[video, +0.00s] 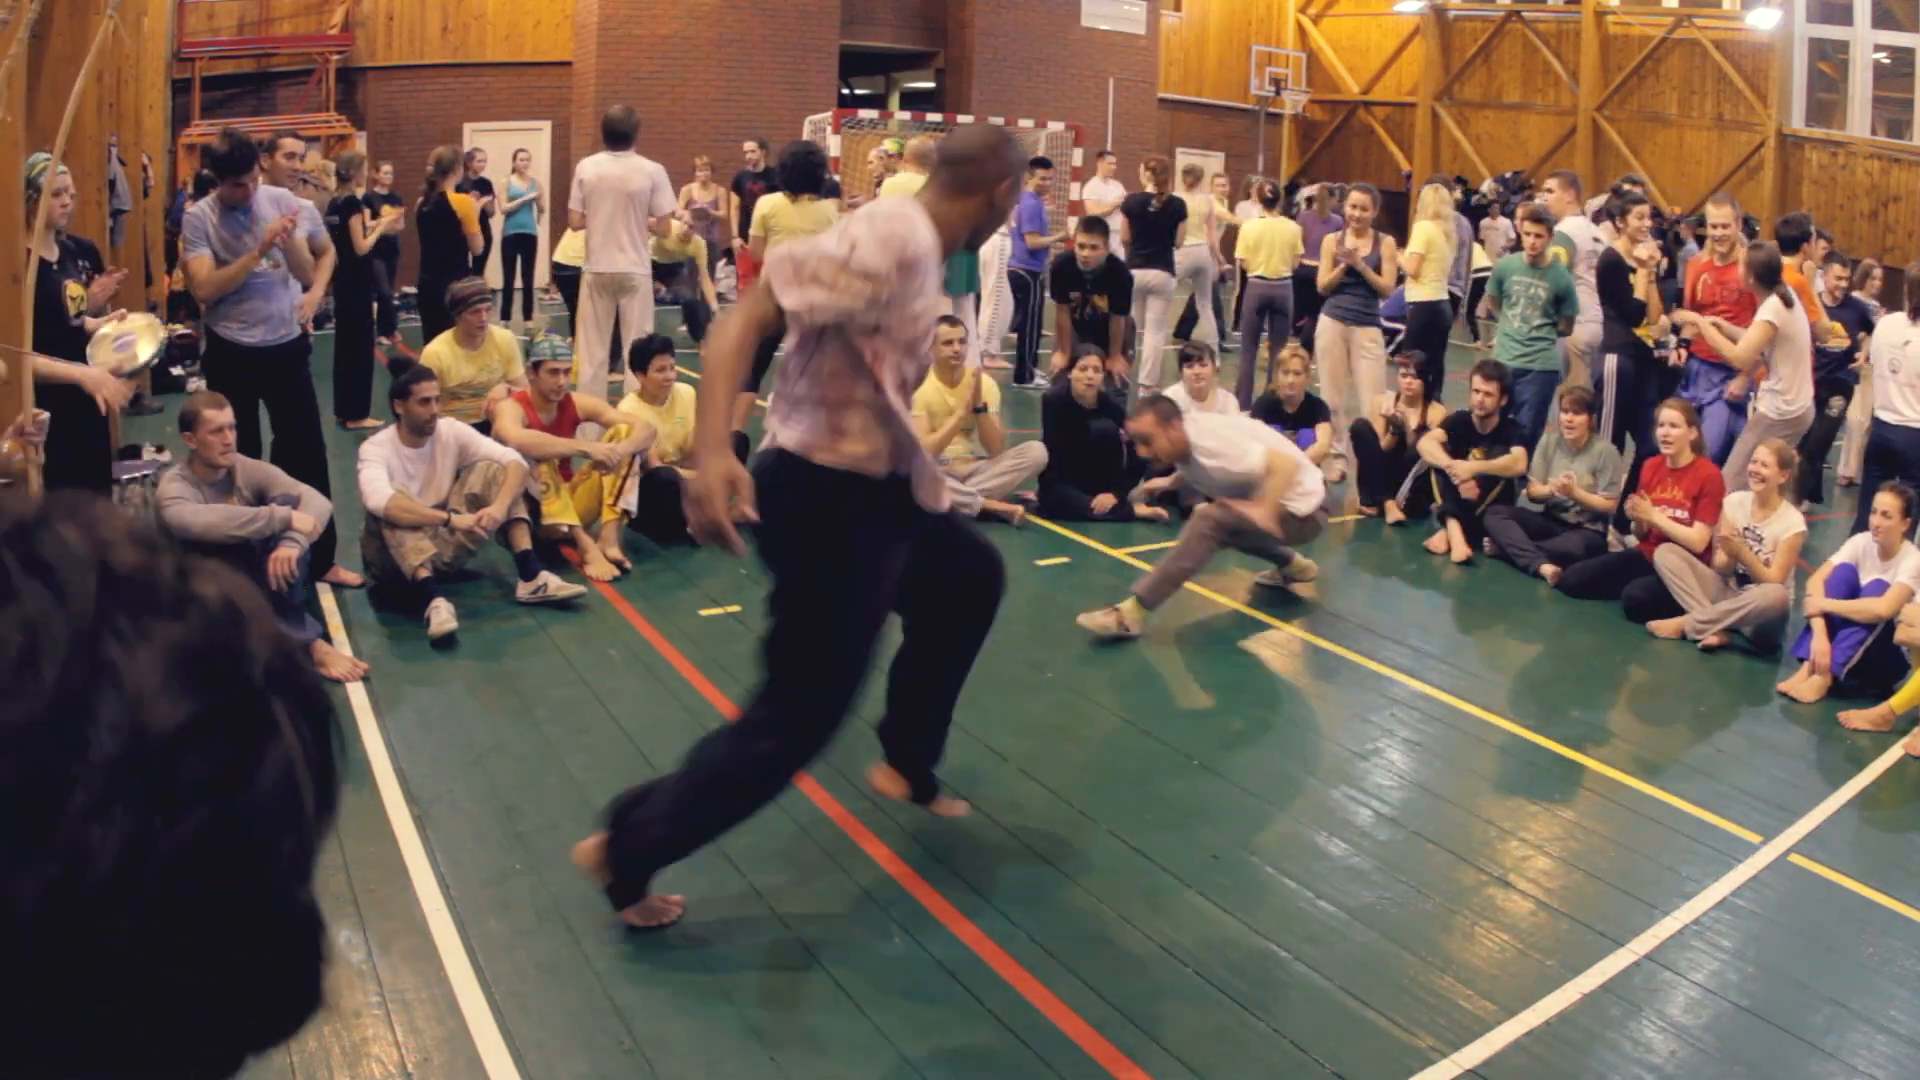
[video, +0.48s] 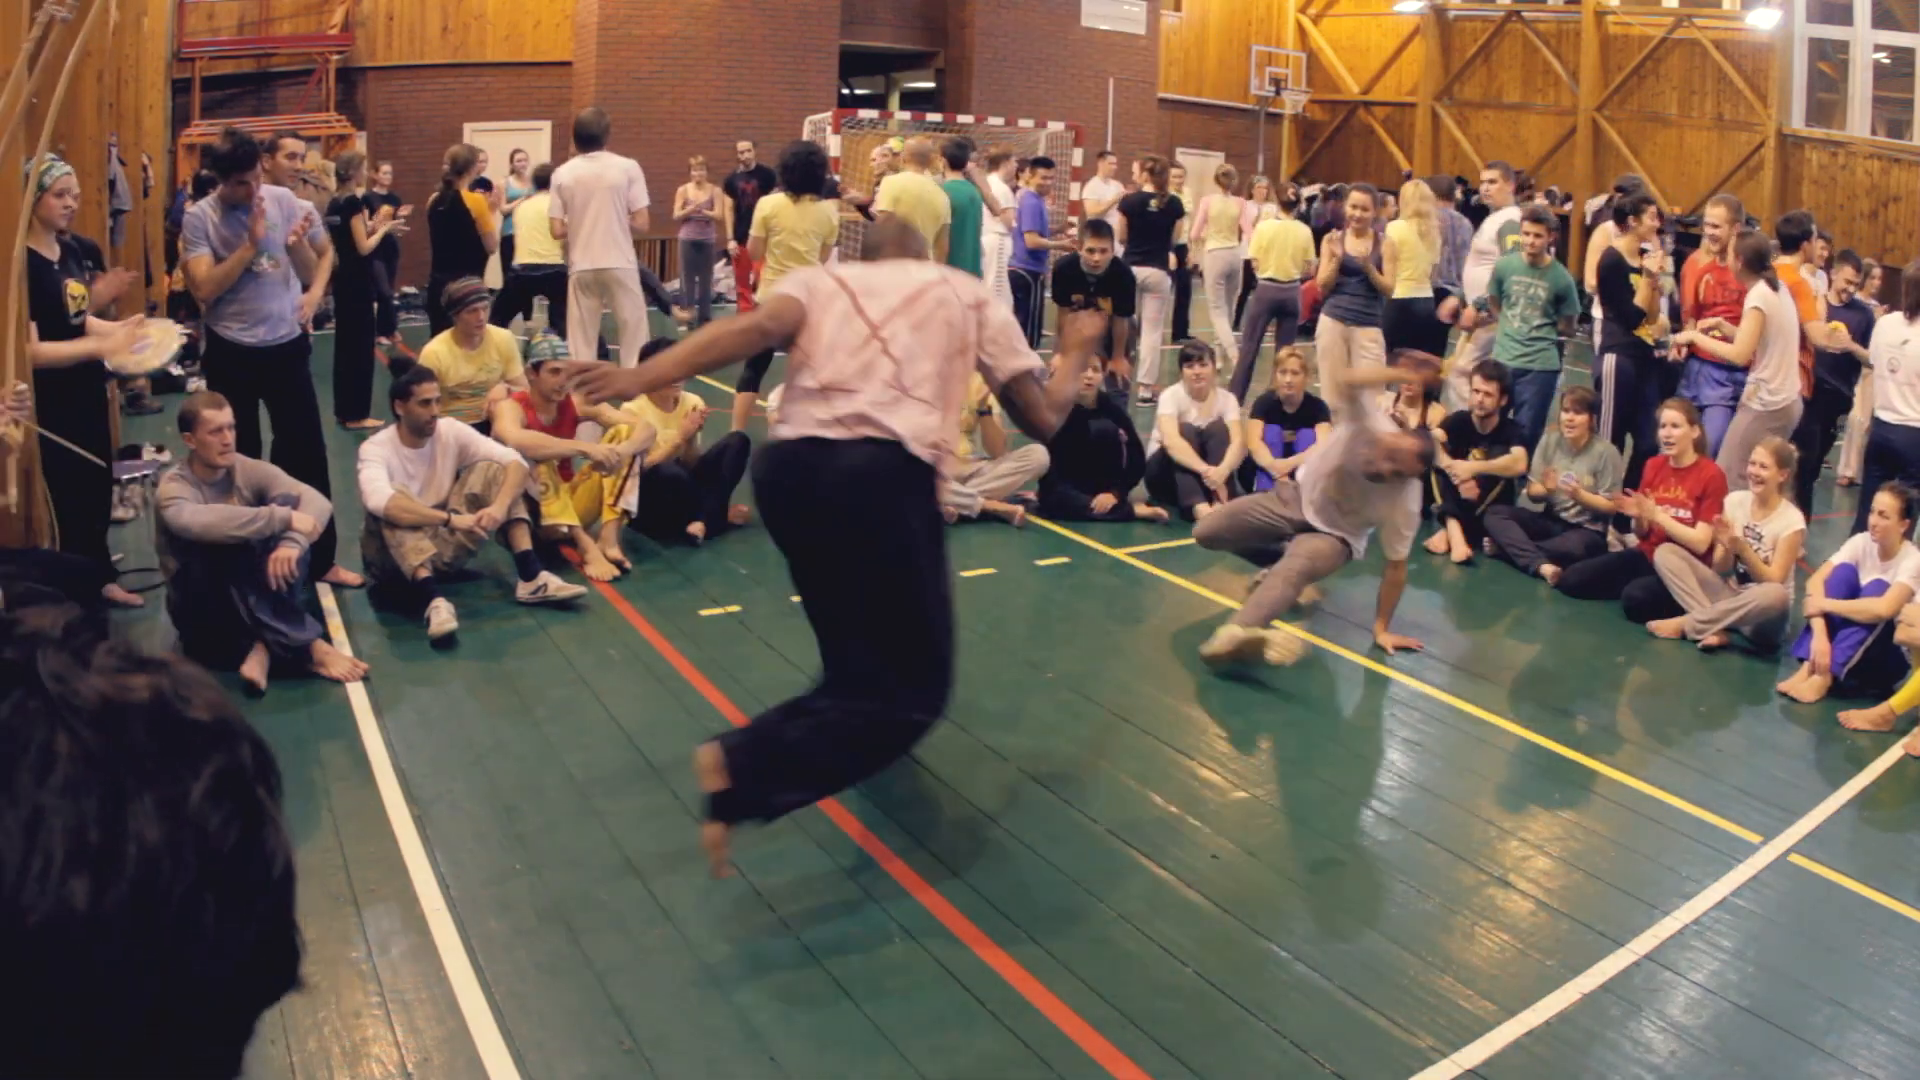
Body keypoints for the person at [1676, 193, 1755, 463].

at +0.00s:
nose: (1719, 233)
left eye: (1725, 226)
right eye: (1713, 226)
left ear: (1739, 226)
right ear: (1705, 228)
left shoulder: (1752, 268)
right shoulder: (1695, 265)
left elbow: (1761, 324)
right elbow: (1688, 312)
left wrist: (1745, 375)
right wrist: (1682, 342)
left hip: (1734, 368)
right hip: (1698, 363)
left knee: (1710, 449)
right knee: (1684, 444)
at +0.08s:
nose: (1718, 236)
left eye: (1724, 229)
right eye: (1712, 229)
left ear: (1739, 226)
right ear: (1705, 227)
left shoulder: (1754, 268)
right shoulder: (1694, 265)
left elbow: (1766, 327)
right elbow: (1689, 314)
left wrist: (1750, 380)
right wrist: (1683, 340)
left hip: (1733, 371)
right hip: (1696, 366)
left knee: (1710, 442)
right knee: (1681, 440)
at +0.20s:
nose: (1715, 234)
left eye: (1722, 227)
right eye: (1710, 227)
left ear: (1738, 226)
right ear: (1704, 227)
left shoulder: (1755, 267)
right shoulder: (1694, 265)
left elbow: (1767, 324)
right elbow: (1690, 317)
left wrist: (1754, 381)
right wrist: (1683, 341)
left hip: (1747, 373)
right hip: (1706, 368)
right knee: (1707, 451)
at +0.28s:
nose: (1712, 232)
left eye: (1719, 225)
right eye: (1708, 224)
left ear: (1738, 226)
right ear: (1703, 225)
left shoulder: (1754, 265)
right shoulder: (1695, 264)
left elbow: (1767, 315)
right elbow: (1690, 317)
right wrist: (1684, 340)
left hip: (1751, 371)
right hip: (1707, 368)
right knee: (1706, 452)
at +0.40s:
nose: (1706, 231)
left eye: (1713, 225)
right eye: (1704, 224)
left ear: (1734, 229)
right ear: (1701, 224)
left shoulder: (1754, 271)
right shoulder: (1695, 267)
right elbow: (1690, 318)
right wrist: (1685, 338)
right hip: (1702, 366)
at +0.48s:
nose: (1709, 233)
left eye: (1716, 226)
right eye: (1706, 225)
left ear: (1736, 228)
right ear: (1701, 225)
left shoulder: (1751, 272)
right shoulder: (1696, 268)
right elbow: (1689, 317)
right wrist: (1686, 339)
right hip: (1704, 363)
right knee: (1707, 443)